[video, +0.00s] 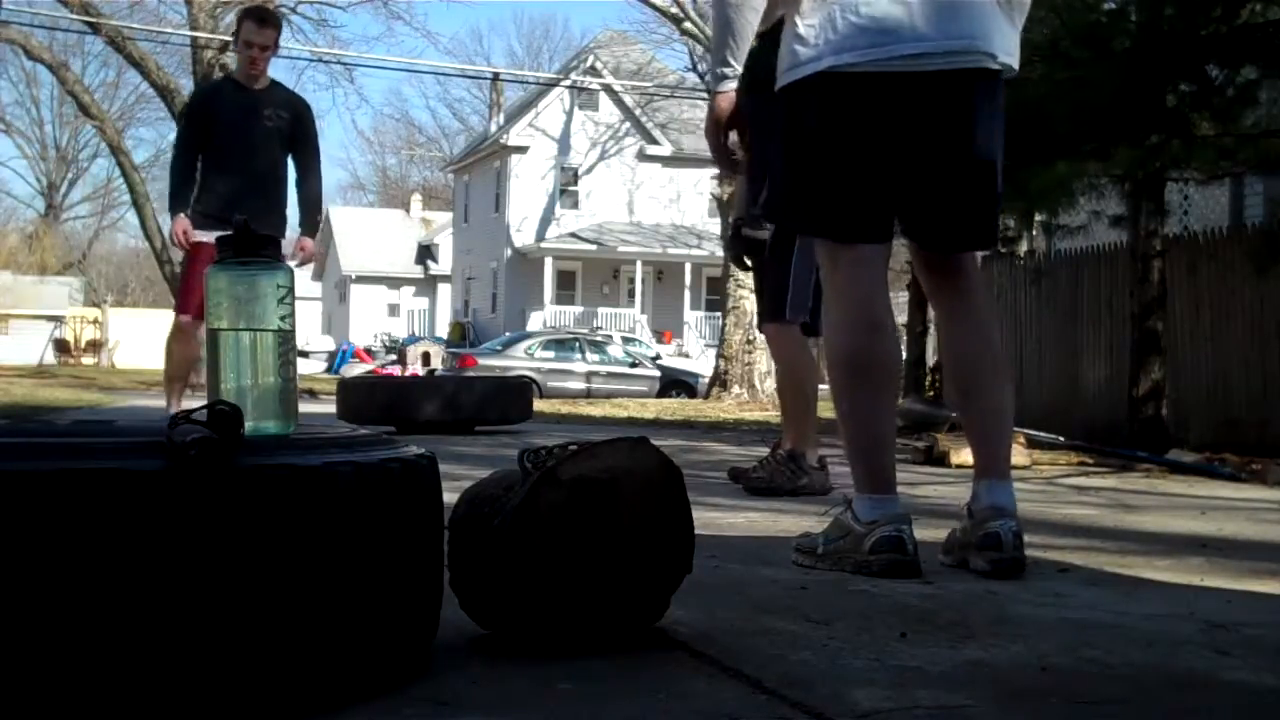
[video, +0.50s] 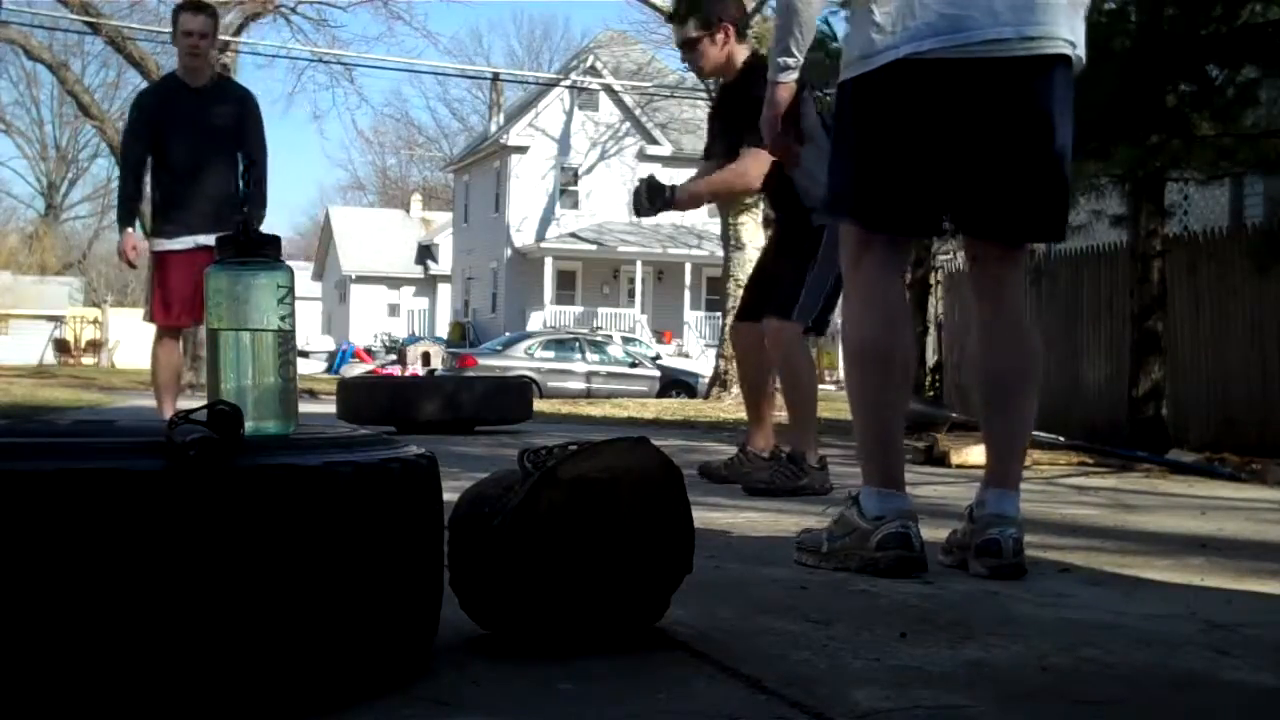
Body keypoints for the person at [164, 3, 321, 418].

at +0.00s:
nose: (256, 55)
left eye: (266, 47)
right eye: (249, 45)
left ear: (276, 50)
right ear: (235, 43)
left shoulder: (294, 107)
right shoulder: (206, 98)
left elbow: (309, 172)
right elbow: (184, 158)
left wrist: (309, 231)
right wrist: (178, 213)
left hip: (265, 233)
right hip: (209, 229)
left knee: (259, 328)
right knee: (188, 321)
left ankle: (255, 419)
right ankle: (175, 410)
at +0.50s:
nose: (195, 42)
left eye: (204, 35)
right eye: (188, 34)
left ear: (215, 40)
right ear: (175, 38)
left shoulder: (240, 99)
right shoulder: (151, 100)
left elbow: (257, 164)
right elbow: (131, 166)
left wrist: (251, 225)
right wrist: (127, 226)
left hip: (229, 231)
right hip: (173, 233)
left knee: (232, 329)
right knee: (170, 328)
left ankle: (232, 421)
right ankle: (170, 421)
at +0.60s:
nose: (187, 41)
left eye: (195, 34)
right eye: (179, 34)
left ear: (207, 38)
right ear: (167, 37)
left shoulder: (235, 98)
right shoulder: (145, 100)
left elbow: (252, 161)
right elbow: (126, 166)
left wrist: (245, 222)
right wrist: (118, 226)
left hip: (226, 229)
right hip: (171, 231)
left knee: (230, 327)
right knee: (169, 327)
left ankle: (231, 419)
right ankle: (169, 420)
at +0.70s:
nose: (182, 41)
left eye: (191, 33)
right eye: (174, 33)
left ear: (204, 38)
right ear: (163, 38)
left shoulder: (232, 97)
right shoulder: (143, 101)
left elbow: (252, 161)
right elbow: (122, 164)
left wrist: (243, 222)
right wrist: (117, 223)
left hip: (225, 229)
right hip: (170, 232)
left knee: (229, 327)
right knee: (168, 327)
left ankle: (232, 419)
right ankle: (168, 419)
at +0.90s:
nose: (185, 43)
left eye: (193, 36)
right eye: (177, 36)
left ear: (205, 40)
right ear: (165, 41)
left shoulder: (234, 98)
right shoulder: (146, 102)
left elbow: (265, 157)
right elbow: (121, 164)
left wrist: (249, 199)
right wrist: (130, 210)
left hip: (225, 230)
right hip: (172, 233)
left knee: (228, 327)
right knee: (166, 326)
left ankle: (230, 418)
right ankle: (169, 419)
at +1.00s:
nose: (191, 63)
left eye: (199, 55)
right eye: (182, 56)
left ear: (212, 58)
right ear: (171, 61)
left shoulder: (240, 114)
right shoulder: (152, 118)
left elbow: (275, 170)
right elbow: (125, 174)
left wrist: (251, 191)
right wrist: (138, 204)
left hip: (228, 241)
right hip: (173, 241)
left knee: (233, 331)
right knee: (157, 330)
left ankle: (232, 419)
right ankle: (169, 420)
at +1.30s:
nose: (214, 168)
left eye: (223, 159)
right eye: (206, 160)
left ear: (234, 161)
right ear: (193, 162)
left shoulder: (255, 202)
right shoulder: (173, 204)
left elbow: (292, 261)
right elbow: (135, 271)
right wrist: (168, 255)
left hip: (243, 283)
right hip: (187, 285)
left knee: (260, 334)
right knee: (162, 335)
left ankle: (252, 421)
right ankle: (170, 424)